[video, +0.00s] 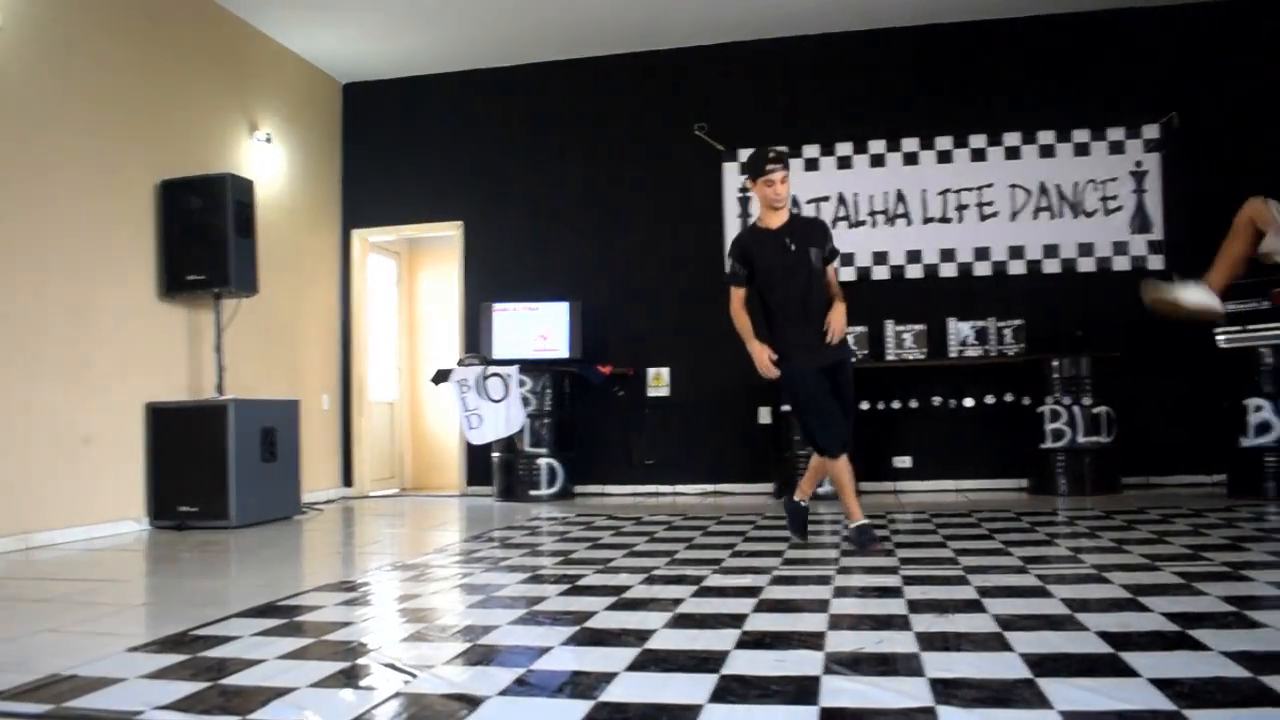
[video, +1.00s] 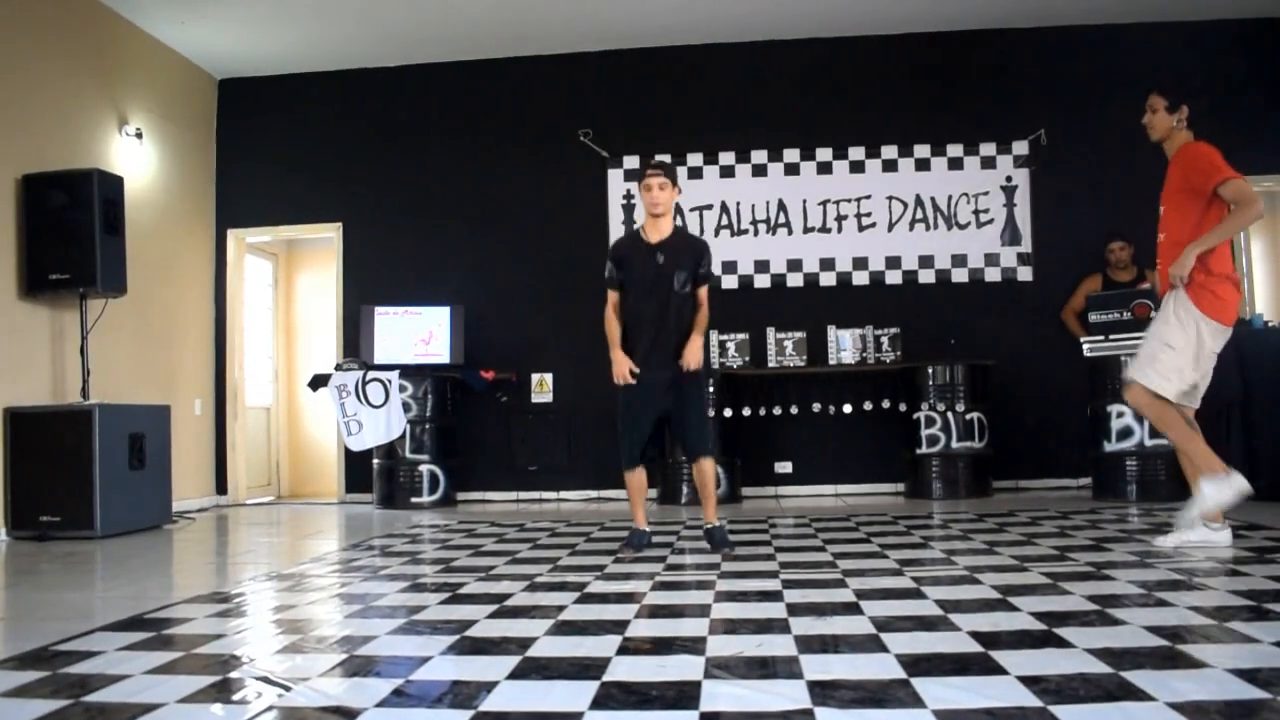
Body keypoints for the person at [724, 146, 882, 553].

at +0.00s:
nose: (779, 187)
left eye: (783, 180)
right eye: (770, 182)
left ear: (790, 183)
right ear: (753, 188)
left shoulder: (815, 229)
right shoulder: (745, 245)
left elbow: (831, 281)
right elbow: (737, 305)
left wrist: (839, 306)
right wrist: (753, 345)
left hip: (830, 345)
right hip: (790, 353)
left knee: (837, 432)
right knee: (831, 434)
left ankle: (800, 497)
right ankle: (858, 521)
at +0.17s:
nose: (755, 168)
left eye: (761, 160)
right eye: (746, 162)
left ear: (772, 165)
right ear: (735, 170)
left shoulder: (799, 211)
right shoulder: (727, 226)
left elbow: (816, 263)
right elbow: (722, 285)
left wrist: (814, 289)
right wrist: (741, 327)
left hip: (809, 334)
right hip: (768, 340)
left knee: (827, 426)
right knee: (791, 430)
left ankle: (815, 497)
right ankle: (812, 517)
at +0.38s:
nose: (724, 152)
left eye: (731, 144)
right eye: (716, 146)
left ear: (746, 149)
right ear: (708, 155)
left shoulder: (774, 200)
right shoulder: (698, 212)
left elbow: (790, 255)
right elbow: (695, 270)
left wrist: (778, 279)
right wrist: (701, 313)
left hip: (777, 328)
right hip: (729, 331)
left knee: (788, 418)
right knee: (739, 423)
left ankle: (806, 513)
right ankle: (752, 510)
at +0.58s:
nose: (703, 172)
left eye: (711, 164)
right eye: (696, 166)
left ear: (728, 171)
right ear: (690, 174)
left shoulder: (753, 225)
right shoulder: (681, 235)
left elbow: (771, 280)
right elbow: (679, 293)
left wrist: (754, 307)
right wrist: (682, 335)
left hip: (748, 352)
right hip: (701, 355)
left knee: (766, 437)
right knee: (697, 443)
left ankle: (788, 525)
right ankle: (716, 521)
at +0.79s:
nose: (674, 153)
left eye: (681, 146)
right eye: (667, 148)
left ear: (697, 152)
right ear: (660, 157)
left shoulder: (721, 205)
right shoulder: (645, 211)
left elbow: (732, 259)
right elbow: (636, 269)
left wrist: (725, 294)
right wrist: (640, 310)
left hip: (712, 326)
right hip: (662, 329)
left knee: (727, 414)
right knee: (655, 417)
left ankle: (748, 508)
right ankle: (659, 508)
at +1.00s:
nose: (655, 194)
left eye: (662, 188)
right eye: (648, 189)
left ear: (675, 194)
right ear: (639, 197)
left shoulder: (695, 248)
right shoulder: (621, 250)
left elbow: (703, 304)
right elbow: (611, 308)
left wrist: (696, 340)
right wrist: (616, 352)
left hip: (684, 364)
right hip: (638, 367)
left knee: (700, 445)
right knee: (631, 451)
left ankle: (712, 523)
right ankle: (640, 528)